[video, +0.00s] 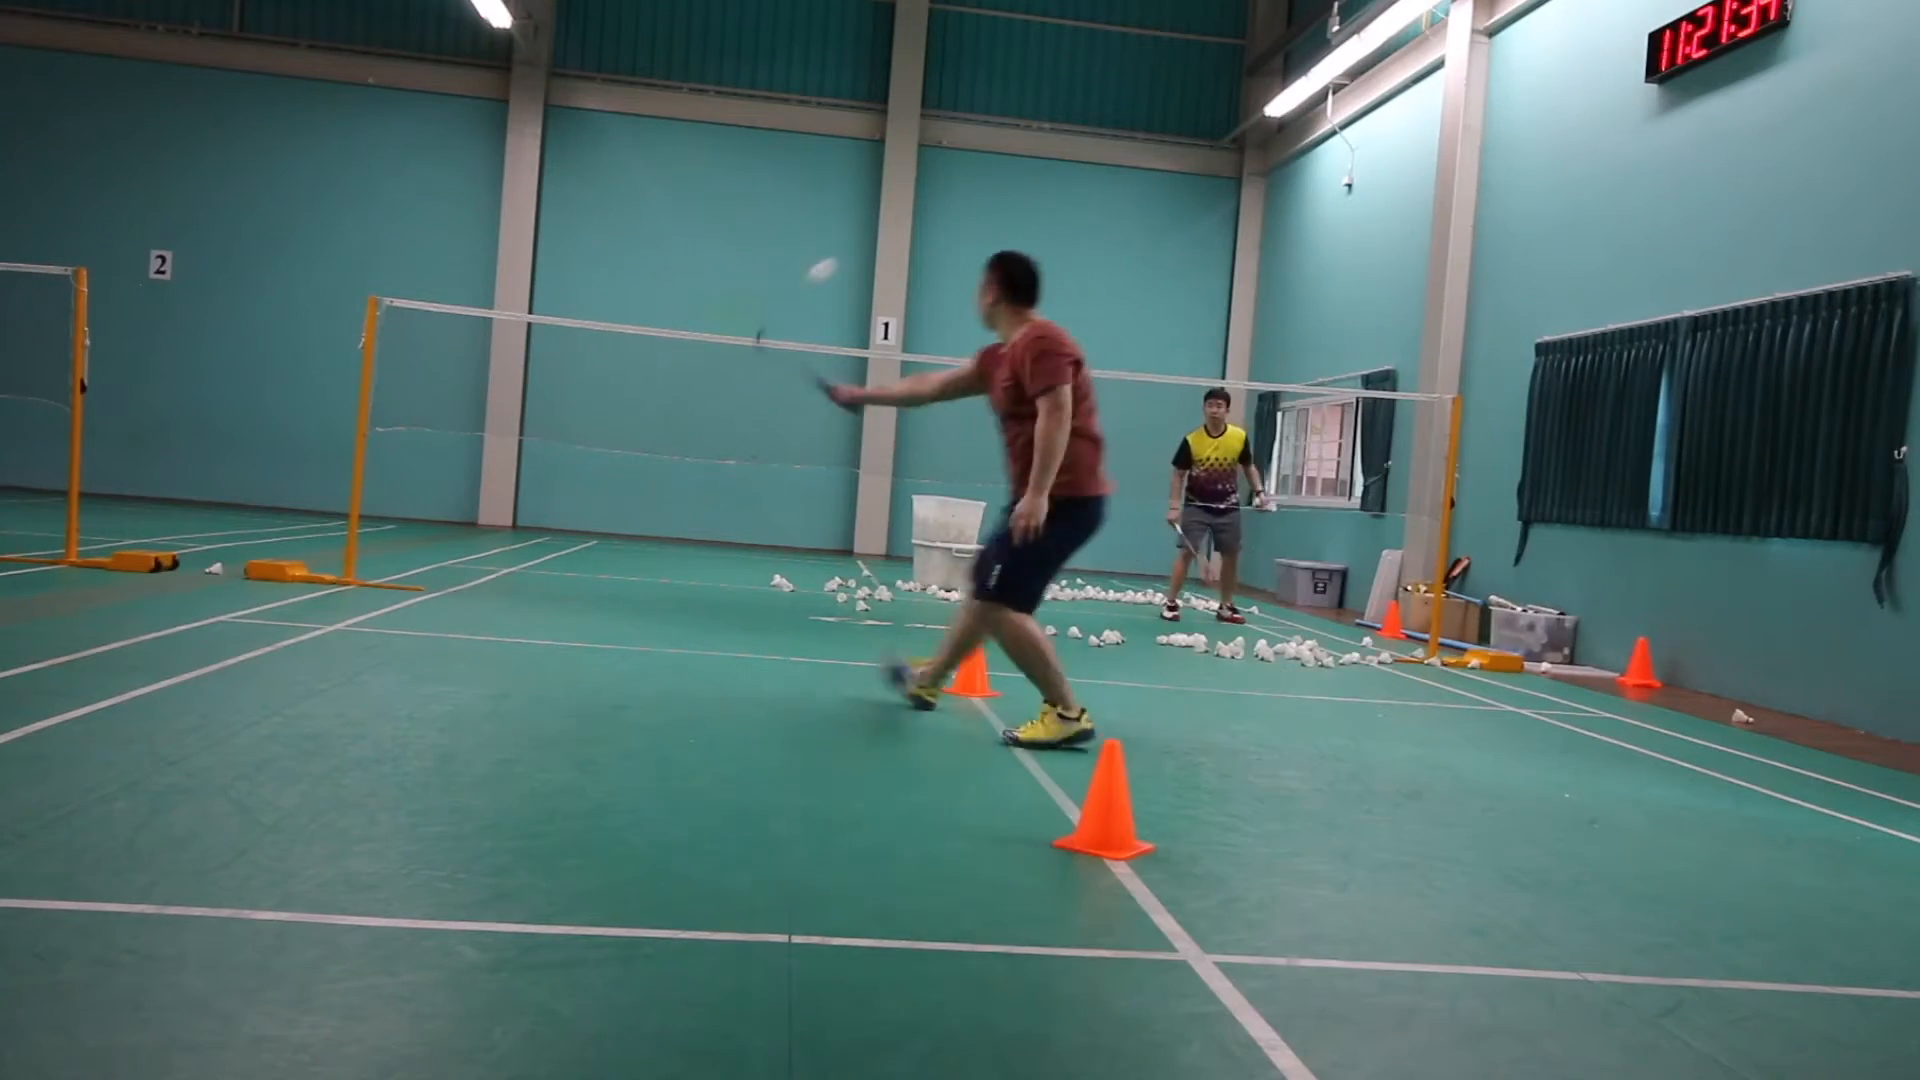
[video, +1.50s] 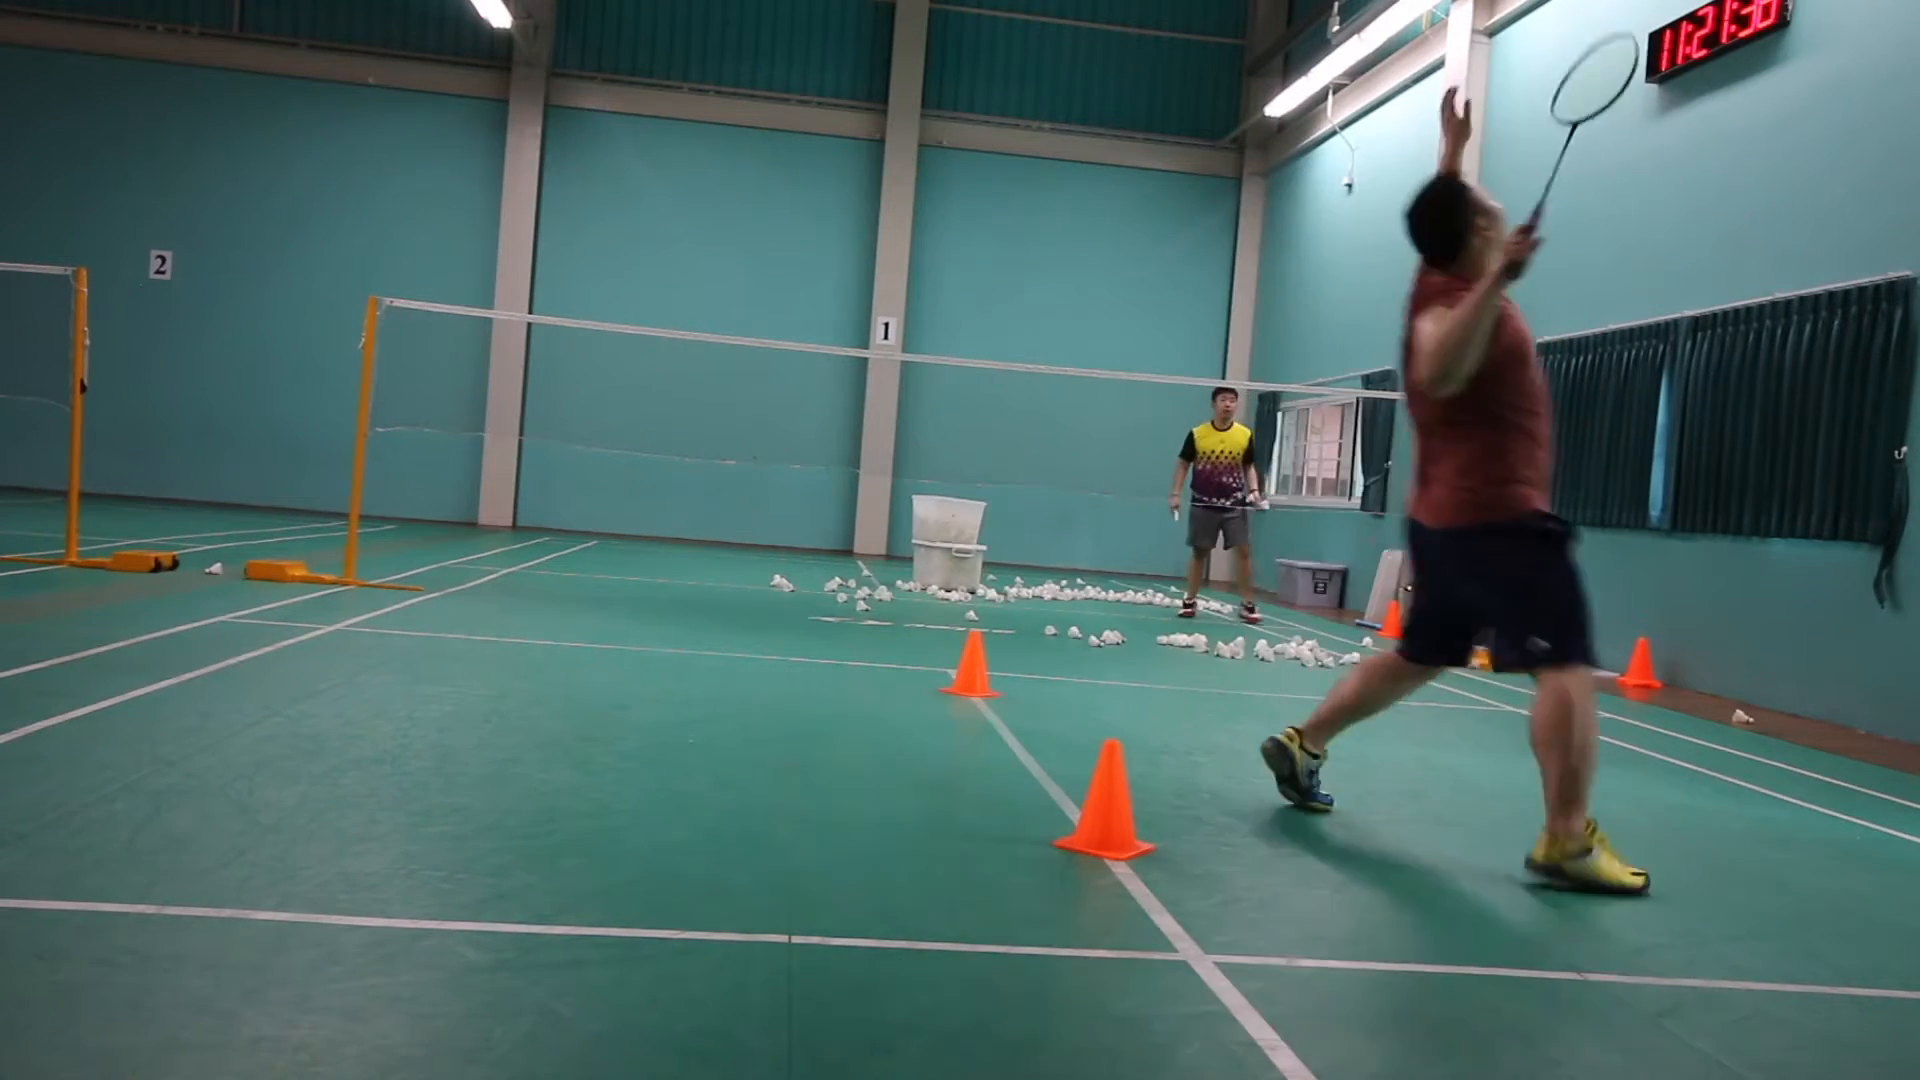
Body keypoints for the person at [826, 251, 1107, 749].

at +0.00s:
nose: (979, 297)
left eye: (984, 288)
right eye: (983, 287)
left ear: (997, 292)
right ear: (1019, 294)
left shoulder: (1042, 343)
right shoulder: (997, 356)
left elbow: (1057, 415)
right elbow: (933, 387)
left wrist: (1037, 493)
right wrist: (860, 394)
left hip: (1068, 501)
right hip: (1040, 499)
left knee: (999, 600)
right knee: (988, 589)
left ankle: (1068, 713)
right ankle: (929, 681)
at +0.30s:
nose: (947, 292)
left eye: (943, 284)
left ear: (943, 282)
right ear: (990, 290)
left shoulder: (936, 312)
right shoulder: (1011, 342)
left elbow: (919, 358)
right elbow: (1011, 418)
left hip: (945, 469)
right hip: (997, 476)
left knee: (897, 574)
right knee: (932, 573)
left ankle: (980, 666)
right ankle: (912, 676)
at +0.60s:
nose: (1060, 264)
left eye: (1059, 256)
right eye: (1060, 257)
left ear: (1007, 254)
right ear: (1053, 257)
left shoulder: (961, 305)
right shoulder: (1068, 319)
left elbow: (927, 385)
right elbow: (1084, 404)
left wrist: (935, 446)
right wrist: (1090, 477)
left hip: (953, 465)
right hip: (1026, 473)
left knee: (936, 584)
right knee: (1025, 578)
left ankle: (925, 700)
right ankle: (1014, 690)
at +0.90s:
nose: (1197, 230)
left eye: (1192, 221)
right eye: (1192, 223)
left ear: (1141, 242)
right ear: (1182, 236)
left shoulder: (1115, 306)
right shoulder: (1196, 298)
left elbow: (1097, 393)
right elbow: (1205, 370)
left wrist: (1149, 427)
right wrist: (1241, 451)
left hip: (1107, 474)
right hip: (1175, 479)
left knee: (1093, 589)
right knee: (1184, 609)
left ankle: (1032, 699)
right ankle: (1139, 726)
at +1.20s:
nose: (1348, 213)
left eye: (1341, 204)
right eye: (1339, 208)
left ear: (1298, 239)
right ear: (1327, 229)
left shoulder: (1297, 288)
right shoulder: (1322, 287)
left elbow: (1342, 306)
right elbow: (1317, 337)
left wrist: (1390, 266)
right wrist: (1414, 322)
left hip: (1288, 493)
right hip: (1347, 492)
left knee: (1278, 612)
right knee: (1378, 629)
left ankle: (1195, 724)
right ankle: (1341, 770)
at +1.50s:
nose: (1499, 209)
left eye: (1489, 203)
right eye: (1488, 206)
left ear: (1441, 240)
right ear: (1471, 233)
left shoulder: (1448, 283)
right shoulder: (1453, 302)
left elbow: (1447, 224)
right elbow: (1436, 374)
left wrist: (1454, 147)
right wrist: (1497, 281)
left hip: (1442, 522)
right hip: (1507, 522)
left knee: (1426, 652)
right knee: (1566, 665)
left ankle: (1305, 743)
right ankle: (1567, 840)